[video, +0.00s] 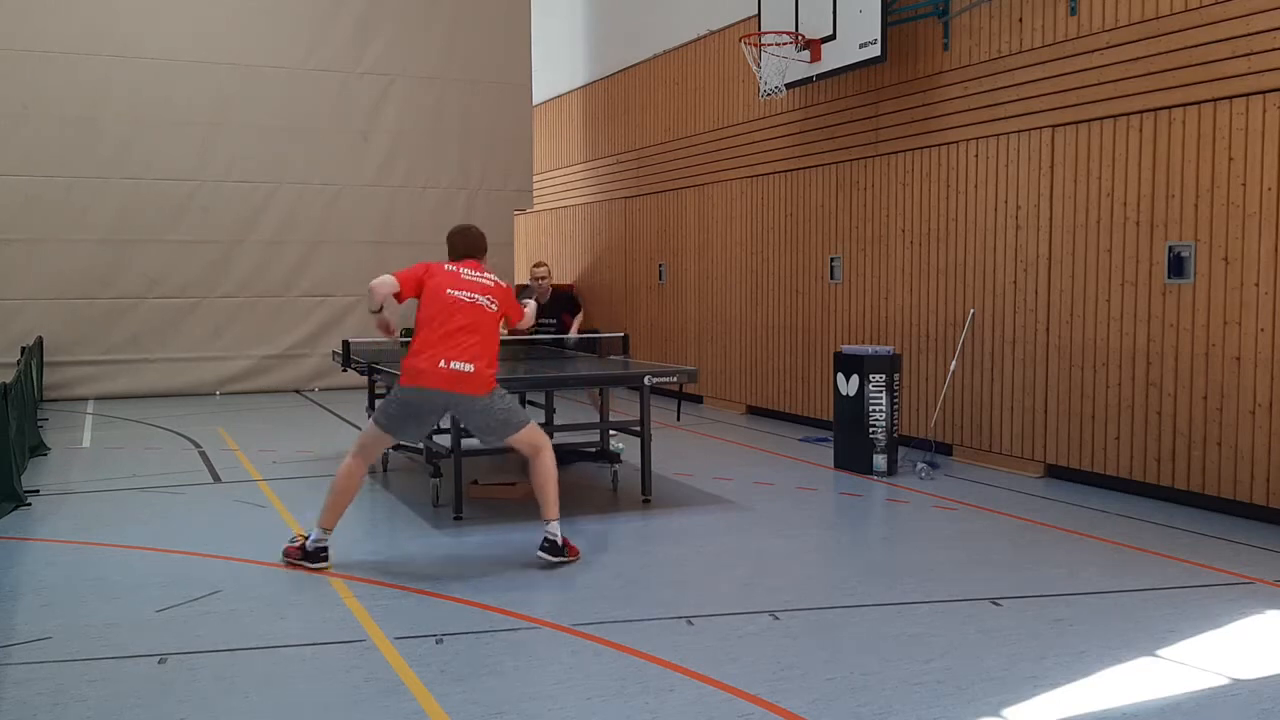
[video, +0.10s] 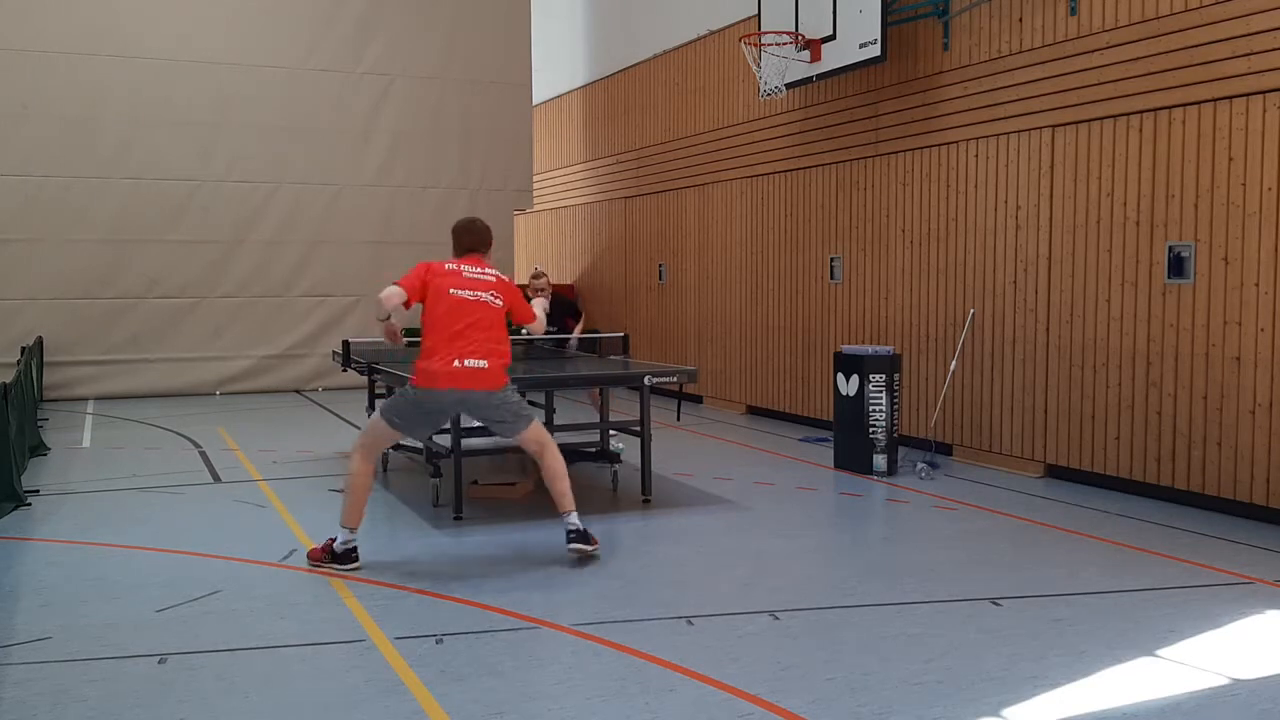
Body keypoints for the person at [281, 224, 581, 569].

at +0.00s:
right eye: (482, 252)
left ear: (449, 253)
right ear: (484, 256)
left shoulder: (431, 271)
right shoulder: (499, 287)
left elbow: (379, 287)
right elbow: (521, 324)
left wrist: (382, 316)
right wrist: (532, 306)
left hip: (420, 382)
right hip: (477, 388)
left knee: (361, 456)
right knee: (539, 446)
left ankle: (317, 541)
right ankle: (553, 536)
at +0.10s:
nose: (487, 251)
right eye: (489, 245)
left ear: (454, 247)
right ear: (488, 249)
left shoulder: (431, 270)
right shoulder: (503, 284)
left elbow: (385, 300)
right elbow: (536, 328)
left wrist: (387, 323)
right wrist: (535, 305)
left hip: (433, 386)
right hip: (490, 386)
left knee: (365, 449)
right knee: (544, 448)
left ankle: (344, 545)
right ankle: (575, 529)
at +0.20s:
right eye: (501, 257)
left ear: (465, 255)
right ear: (501, 258)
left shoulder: (445, 283)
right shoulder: (515, 292)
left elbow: (397, 320)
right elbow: (552, 344)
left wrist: (414, 341)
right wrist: (560, 326)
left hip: (444, 401)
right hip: (503, 406)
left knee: (370, 451)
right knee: (551, 467)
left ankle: (339, 544)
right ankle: (593, 536)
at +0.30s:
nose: (524, 259)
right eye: (526, 253)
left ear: (490, 251)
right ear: (523, 255)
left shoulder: (463, 278)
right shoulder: (536, 290)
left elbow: (415, 320)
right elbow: (562, 355)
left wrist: (441, 328)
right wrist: (584, 359)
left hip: (460, 396)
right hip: (517, 398)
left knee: (394, 459)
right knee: (572, 454)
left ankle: (346, 544)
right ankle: (602, 528)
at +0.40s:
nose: (559, 264)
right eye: (560, 258)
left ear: (522, 252)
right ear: (556, 257)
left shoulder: (489, 278)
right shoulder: (556, 291)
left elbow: (455, 328)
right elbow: (559, 357)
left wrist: (492, 342)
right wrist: (589, 391)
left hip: (471, 386)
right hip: (523, 387)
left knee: (416, 457)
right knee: (589, 447)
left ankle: (371, 535)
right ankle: (626, 531)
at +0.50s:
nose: (588, 286)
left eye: (586, 280)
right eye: (589, 280)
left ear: (554, 270)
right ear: (585, 278)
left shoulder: (521, 294)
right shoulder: (566, 305)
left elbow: (513, 347)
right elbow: (550, 363)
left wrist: (561, 362)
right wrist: (586, 412)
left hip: (484, 405)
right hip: (535, 409)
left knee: (441, 472)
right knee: (609, 452)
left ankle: (385, 540)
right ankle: (641, 535)